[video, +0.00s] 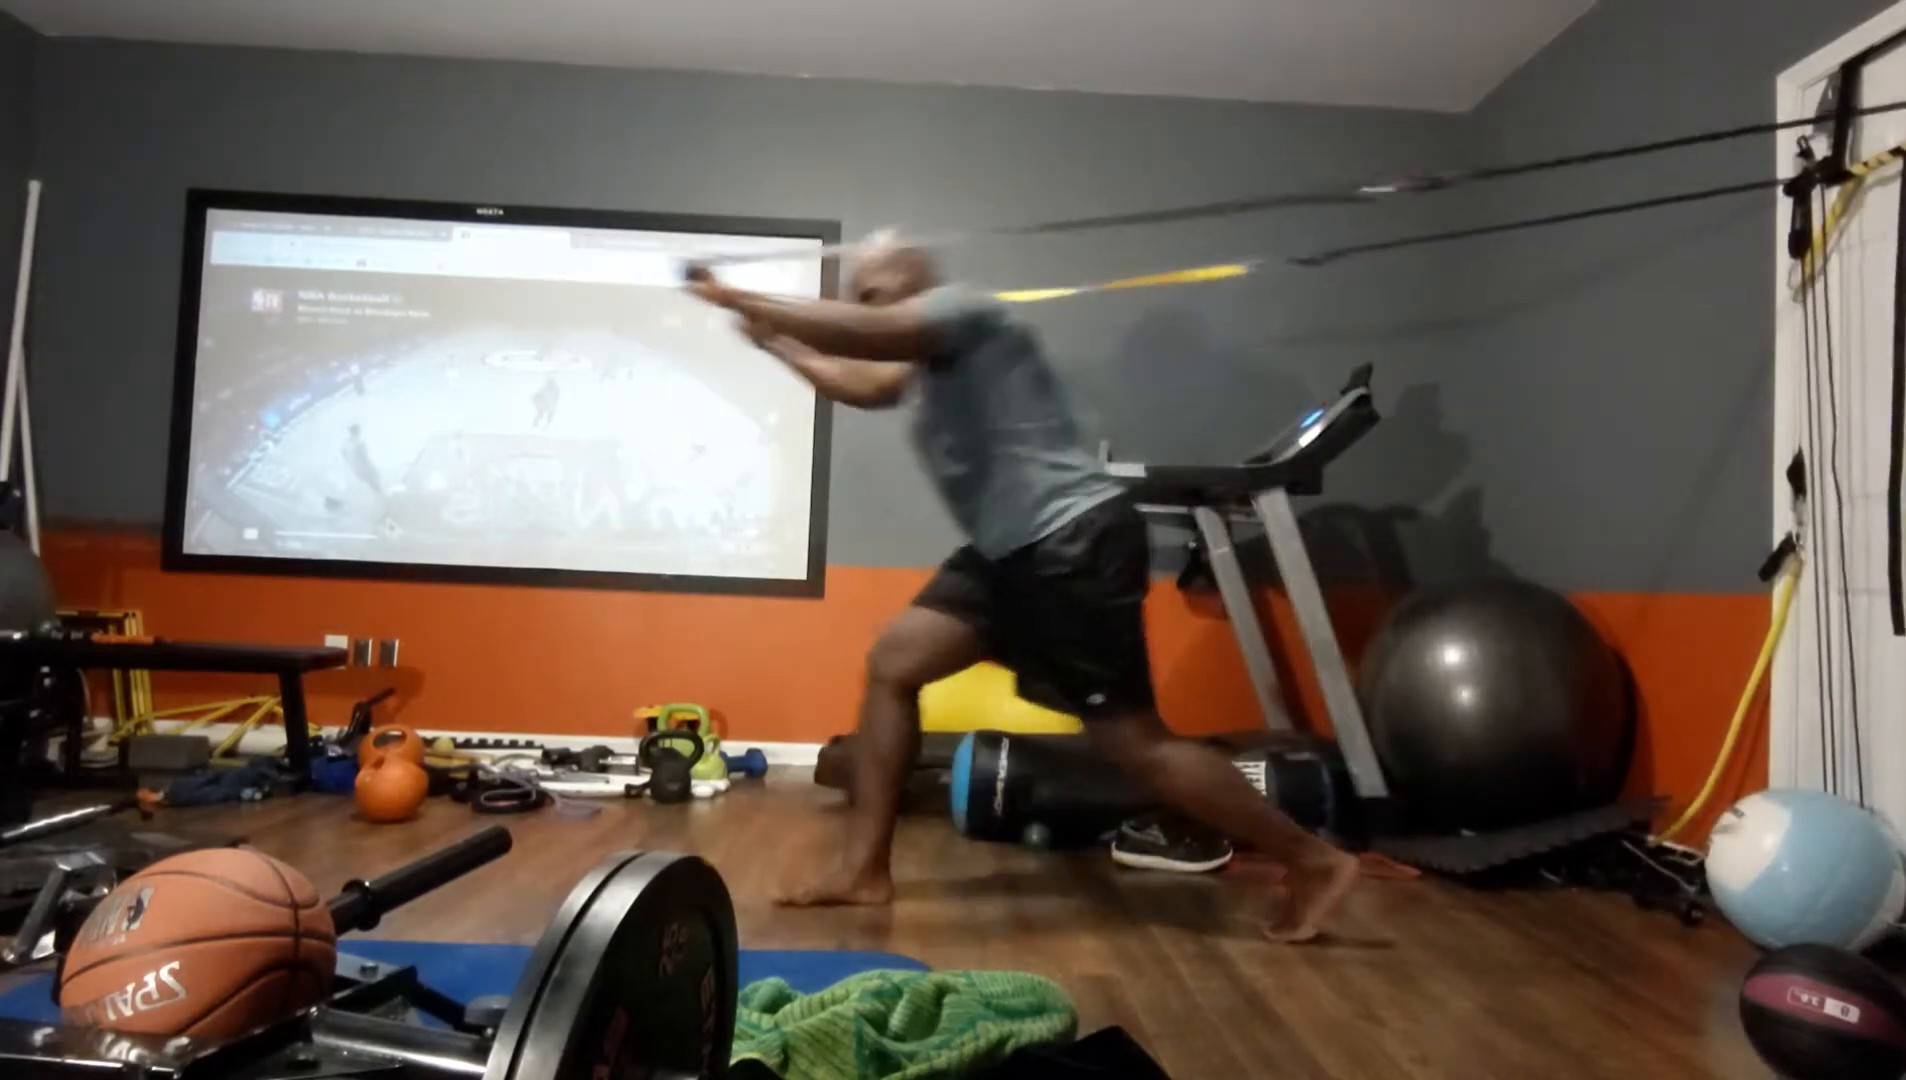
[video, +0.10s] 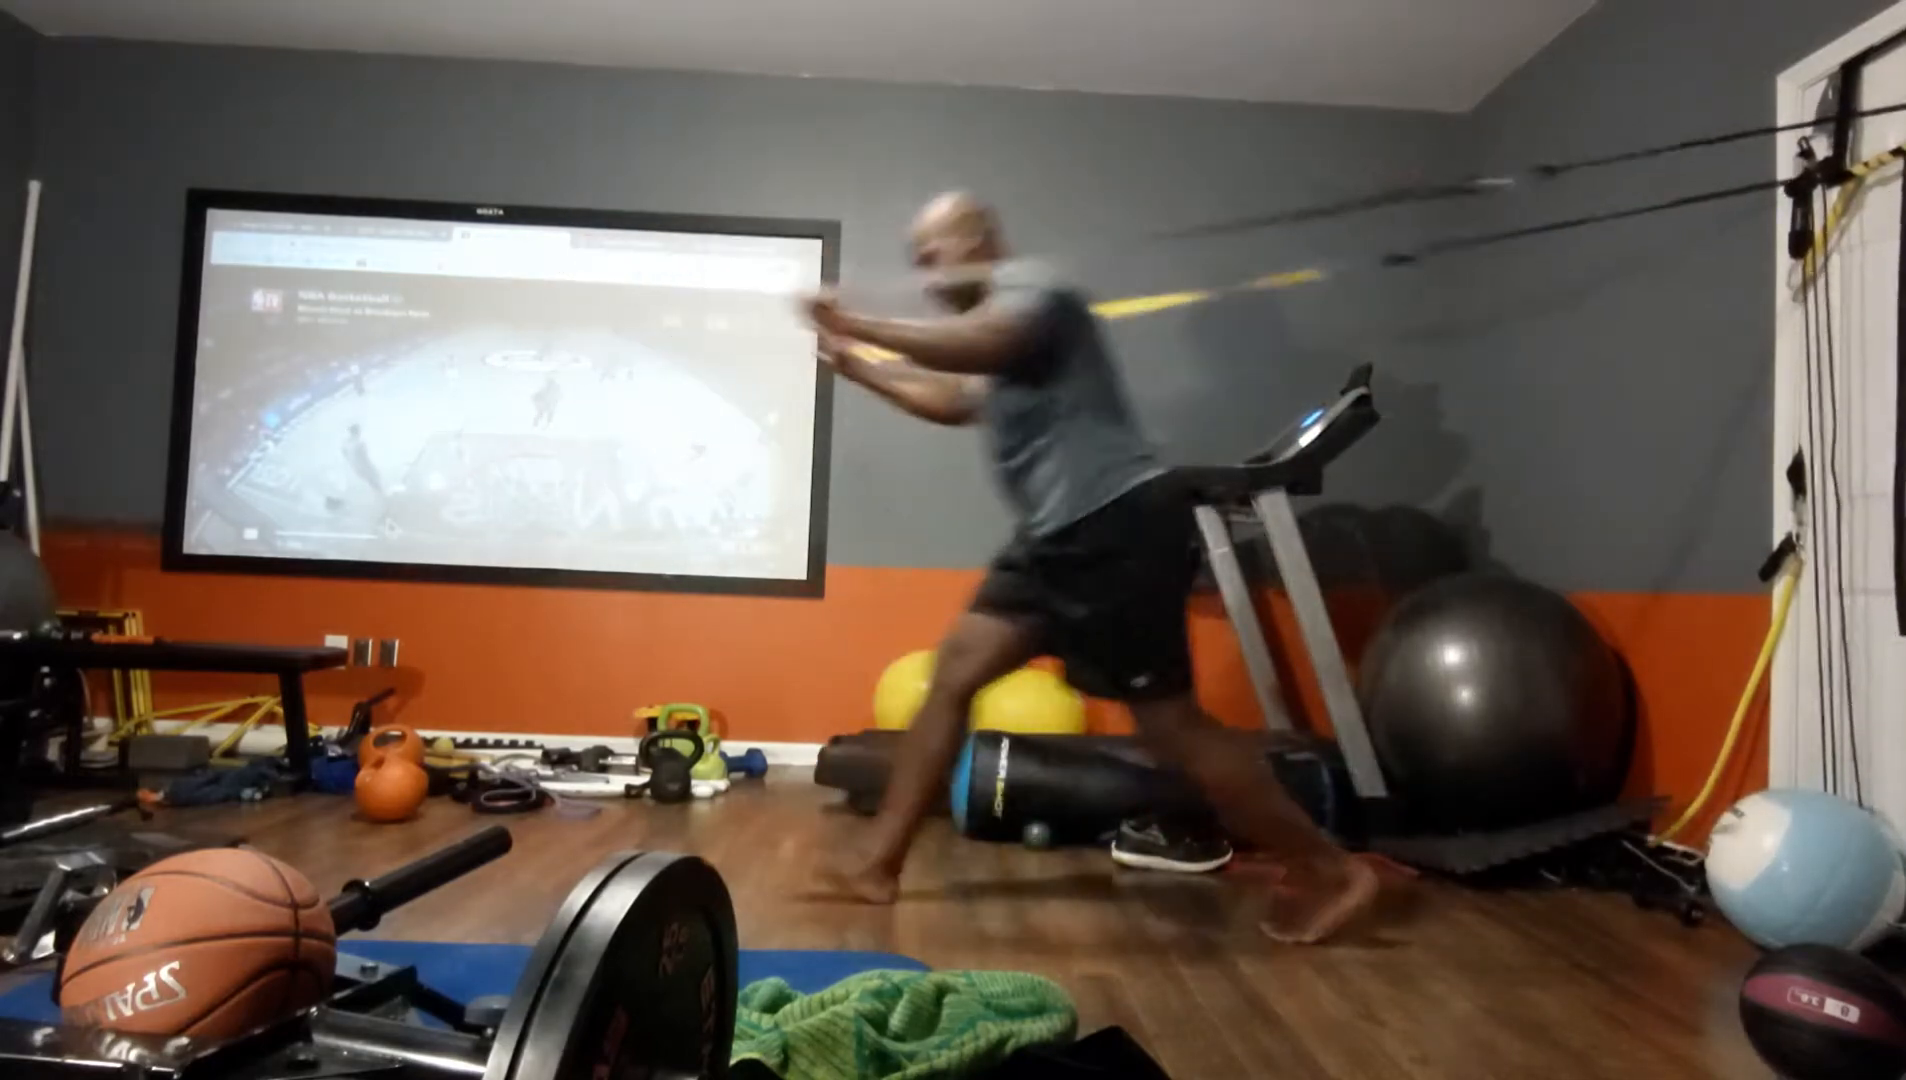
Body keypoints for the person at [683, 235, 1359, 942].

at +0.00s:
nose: (861, 303)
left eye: (870, 287)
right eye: (855, 293)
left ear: (915, 276)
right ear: (874, 301)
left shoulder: (971, 316)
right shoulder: (919, 368)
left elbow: (871, 330)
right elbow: (862, 386)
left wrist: (744, 300)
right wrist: (781, 341)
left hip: (1079, 537)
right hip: (1005, 554)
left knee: (1136, 748)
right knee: (891, 666)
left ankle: (1317, 863)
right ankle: (862, 871)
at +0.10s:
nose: (933, 276)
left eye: (944, 257)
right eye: (923, 263)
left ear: (987, 247)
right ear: (922, 267)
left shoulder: (1039, 295)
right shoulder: (994, 352)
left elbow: (989, 343)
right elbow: (948, 403)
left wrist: (859, 324)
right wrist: (853, 364)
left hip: (1125, 527)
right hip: (1053, 543)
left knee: (1171, 729)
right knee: (956, 669)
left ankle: (1338, 872)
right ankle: (876, 866)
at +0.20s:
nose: (977, 251)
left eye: (986, 230)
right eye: (972, 237)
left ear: (1036, 214)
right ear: (1008, 230)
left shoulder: (1091, 266)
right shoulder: (1035, 317)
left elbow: (1105, 346)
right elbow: (1031, 412)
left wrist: (968, 350)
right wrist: (936, 400)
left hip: (1172, 510)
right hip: (1103, 527)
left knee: (1212, 719)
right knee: (1009, 674)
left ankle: (1344, 877)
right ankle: (935, 862)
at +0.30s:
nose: (1013, 235)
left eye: (1025, 216)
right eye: (1010, 221)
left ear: (1076, 206)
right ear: (1062, 215)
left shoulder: (1132, 262)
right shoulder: (1091, 317)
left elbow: (1182, 351)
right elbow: (1095, 422)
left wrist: (1057, 367)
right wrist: (1010, 418)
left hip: (1216, 504)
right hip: (1144, 520)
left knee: (1231, 718)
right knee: (1050, 659)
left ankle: (1351, 881)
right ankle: (1048, 858)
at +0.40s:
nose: (1042, 221)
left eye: (1054, 202)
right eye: (1041, 206)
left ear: (1106, 195)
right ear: (1098, 202)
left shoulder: (1171, 254)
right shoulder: (1128, 297)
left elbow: (1246, 341)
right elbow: (1147, 416)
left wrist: (1128, 375)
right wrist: (1064, 419)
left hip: (1244, 499)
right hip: (1178, 511)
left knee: (1249, 710)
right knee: (1101, 665)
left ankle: (1352, 884)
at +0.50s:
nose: (1072, 205)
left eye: (1084, 187)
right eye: (1071, 191)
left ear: (1137, 184)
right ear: (1122, 193)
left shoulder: (1204, 245)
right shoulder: (1146, 289)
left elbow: (1297, 334)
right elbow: (1172, 404)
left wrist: (1187, 368)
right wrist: (1095, 411)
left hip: (1268, 491)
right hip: (1203, 503)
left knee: (1259, 704)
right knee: (1165, 681)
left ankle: (1358, 884)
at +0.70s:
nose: (1129, 195)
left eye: (1141, 177)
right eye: (1129, 181)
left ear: (1194, 179)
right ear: (1172, 188)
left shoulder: (1254, 244)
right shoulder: (1190, 287)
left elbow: (1355, 335)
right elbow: (1226, 394)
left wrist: (1257, 364)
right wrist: (1146, 403)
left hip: (1302, 486)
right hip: (1257, 497)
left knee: (1274, 696)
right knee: (1284, 691)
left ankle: (1355, 892)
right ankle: (1404, 836)